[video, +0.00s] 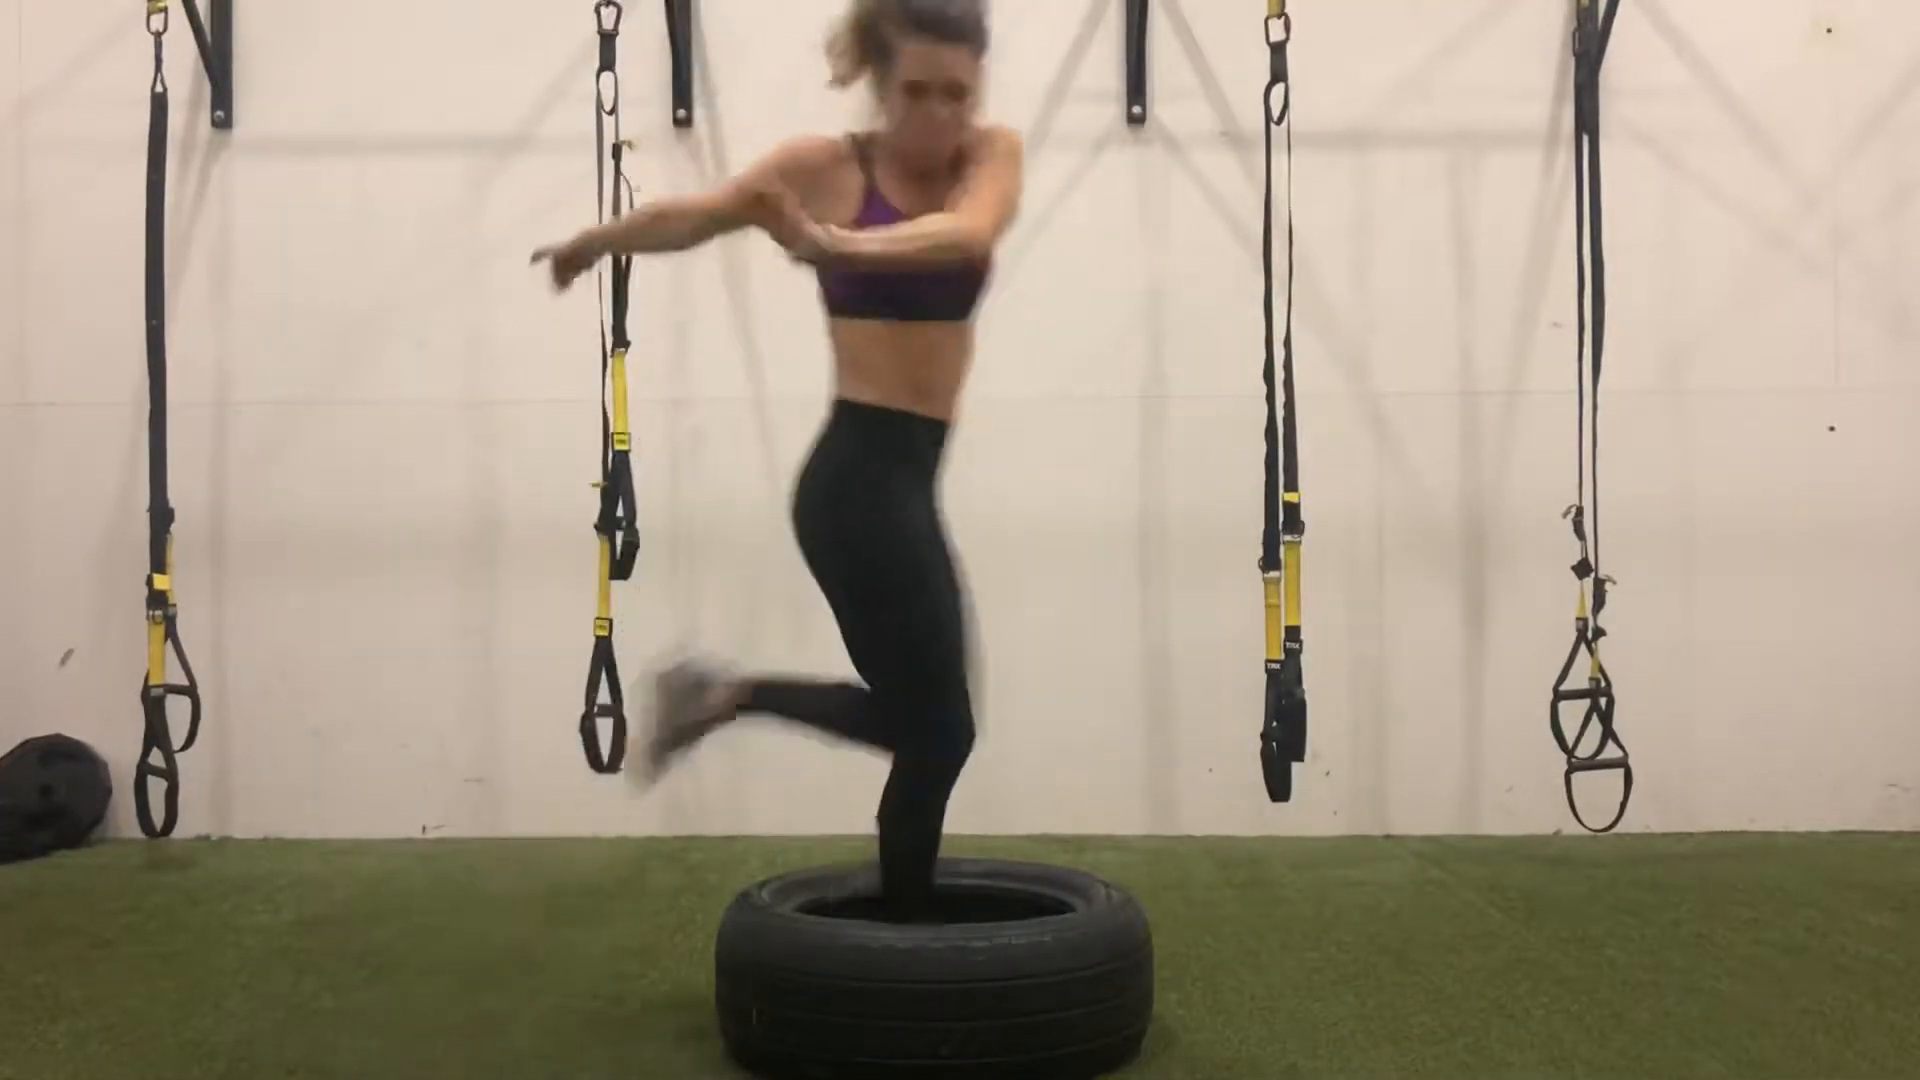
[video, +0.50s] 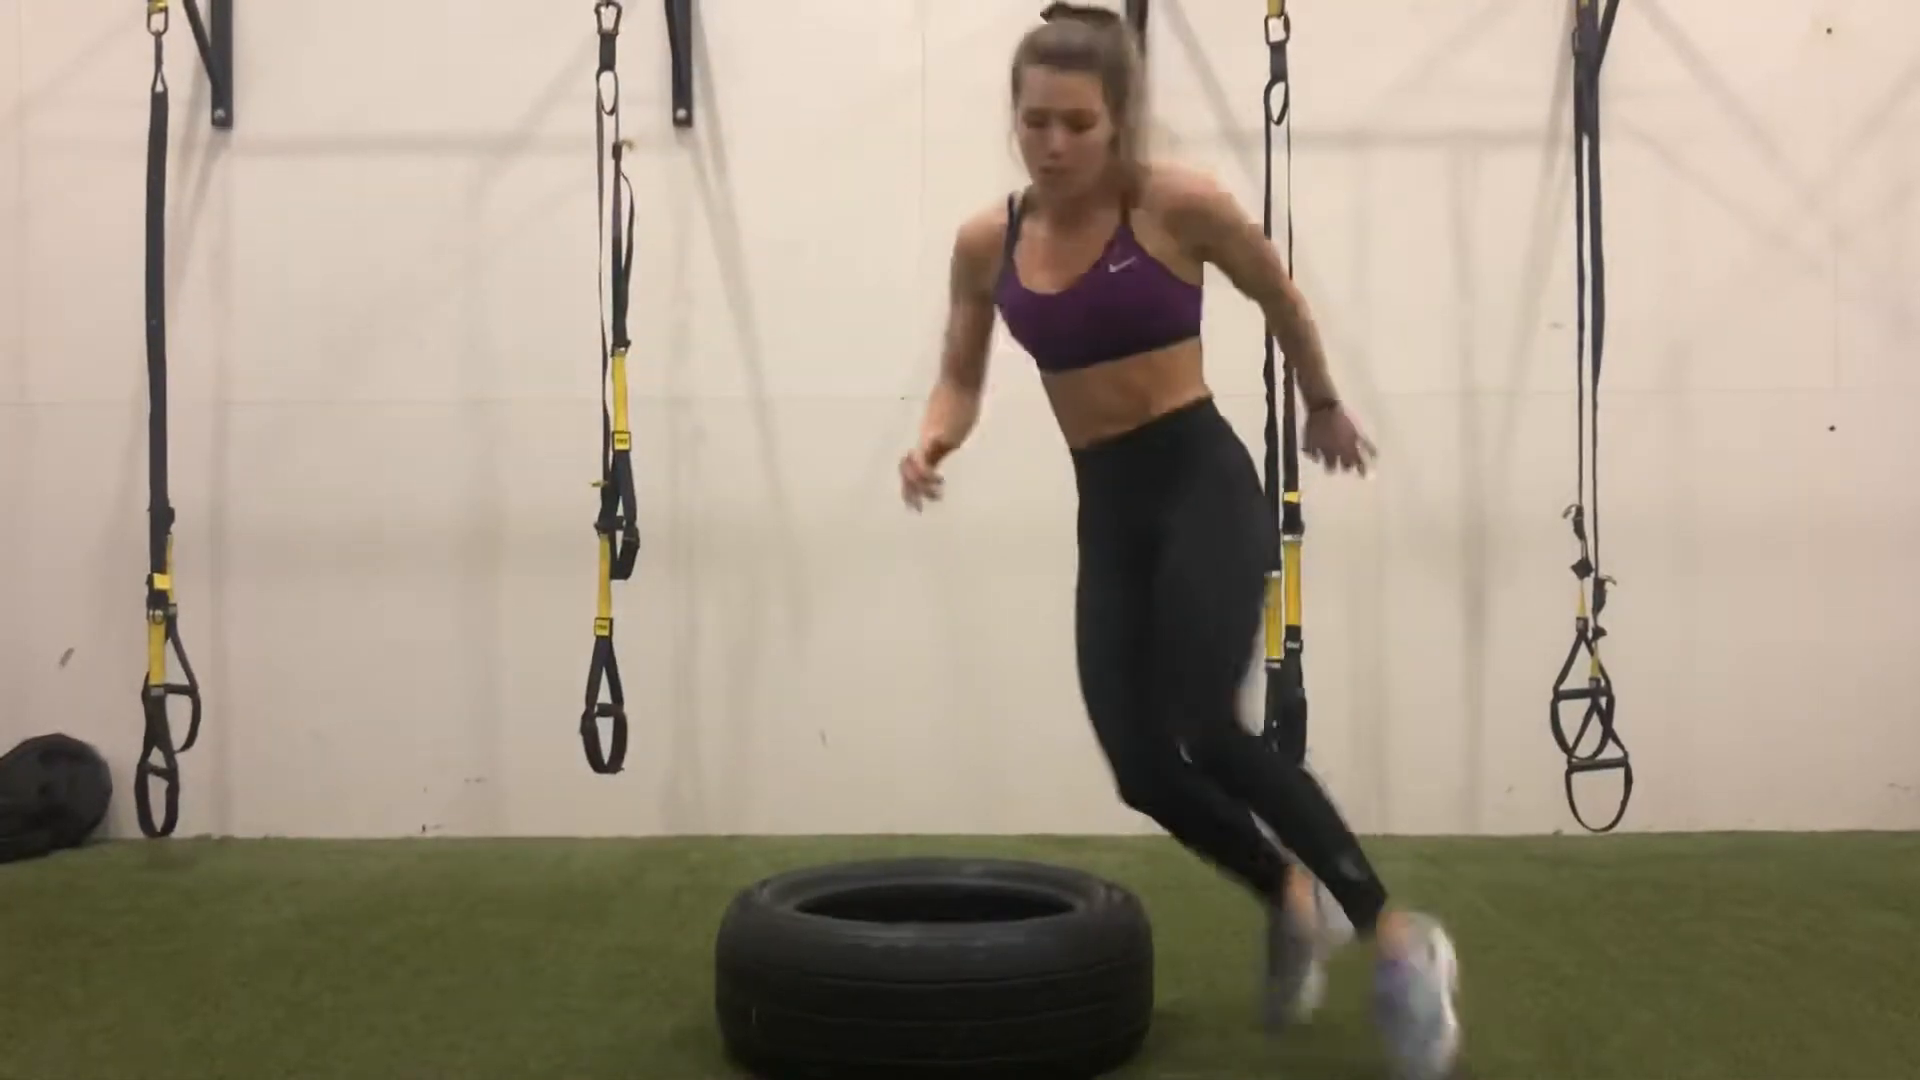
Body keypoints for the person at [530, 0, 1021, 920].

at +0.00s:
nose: (945, 117)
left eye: (962, 95)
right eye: (925, 94)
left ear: (980, 88)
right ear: (881, 85)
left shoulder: (990, 152)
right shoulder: (825, 166)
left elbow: (971, 233)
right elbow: (697, 220)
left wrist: (836, 245)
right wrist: (597, 240)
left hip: (906, 487)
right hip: (856, 487)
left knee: (926, 723)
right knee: (936, 734)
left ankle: (726, 695)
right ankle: (906, 946)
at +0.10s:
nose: (1003, 98)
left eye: (1021, 77)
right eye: (983, 77)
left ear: (1047, 69)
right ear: (946, 71)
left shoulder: (1077, 147)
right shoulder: (894, 173)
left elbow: (1099, 236)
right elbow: (747, 277)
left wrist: (1111, 320)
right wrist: (613, 351)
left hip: (1007, 473)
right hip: (913, 474)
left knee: (1140, 665)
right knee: (956, 723)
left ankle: (1026, 707)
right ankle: (904, 935)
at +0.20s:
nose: (1037, 76)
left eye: (1056, 54)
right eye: (1017, 54)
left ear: (1085, 55)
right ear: (984, 55)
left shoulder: (1127, 146)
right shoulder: (937, 160)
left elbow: (1210, 269)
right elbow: (836, 278)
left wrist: (1268, 415)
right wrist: (831, 327)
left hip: (1075, 446)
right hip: (966, 451)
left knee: (1184, 669)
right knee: (1028, 696)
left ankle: (1257, 862)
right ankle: (940, 868)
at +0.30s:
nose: (1061, 120)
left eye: (1082, 100)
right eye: (1042, 99)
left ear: (1120, 98)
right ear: (1013, 95)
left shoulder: (1176, 196)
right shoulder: (978, 228)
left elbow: (1285, 311)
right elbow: (960, 371)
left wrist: (1348, 458)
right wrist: (998, 371)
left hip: (1157, 494)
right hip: (1049, 503)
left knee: (1259, 748)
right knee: (1091, 734)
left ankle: (1384, 981)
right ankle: (1053, 733)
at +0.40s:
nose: (1064, 142)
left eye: (1087, 122)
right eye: (1047, 121)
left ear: (1129, 125)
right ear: (1024, 126)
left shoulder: (1193, 216)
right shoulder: (1004, 261)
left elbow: (1292, 324)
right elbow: (1014, 383)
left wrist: (1335, 441)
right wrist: (965, 454)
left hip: (1212, 512)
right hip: (1103, 538)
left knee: (1300, 766)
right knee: (1108, 776)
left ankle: (1427, 1004)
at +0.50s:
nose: (1051, 144)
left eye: (1074, 122)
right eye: (1033, 121)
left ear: (1119, 119)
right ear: (1011, 118)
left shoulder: (1178, 206)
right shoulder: (989, 242)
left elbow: (1281, 298)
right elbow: (961, 373)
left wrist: (1325, 404)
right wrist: (931, 442)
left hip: (1204, 484)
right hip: (1108, 508)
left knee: (1207, 730)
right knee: (1142, 772)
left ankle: (1396, 933)